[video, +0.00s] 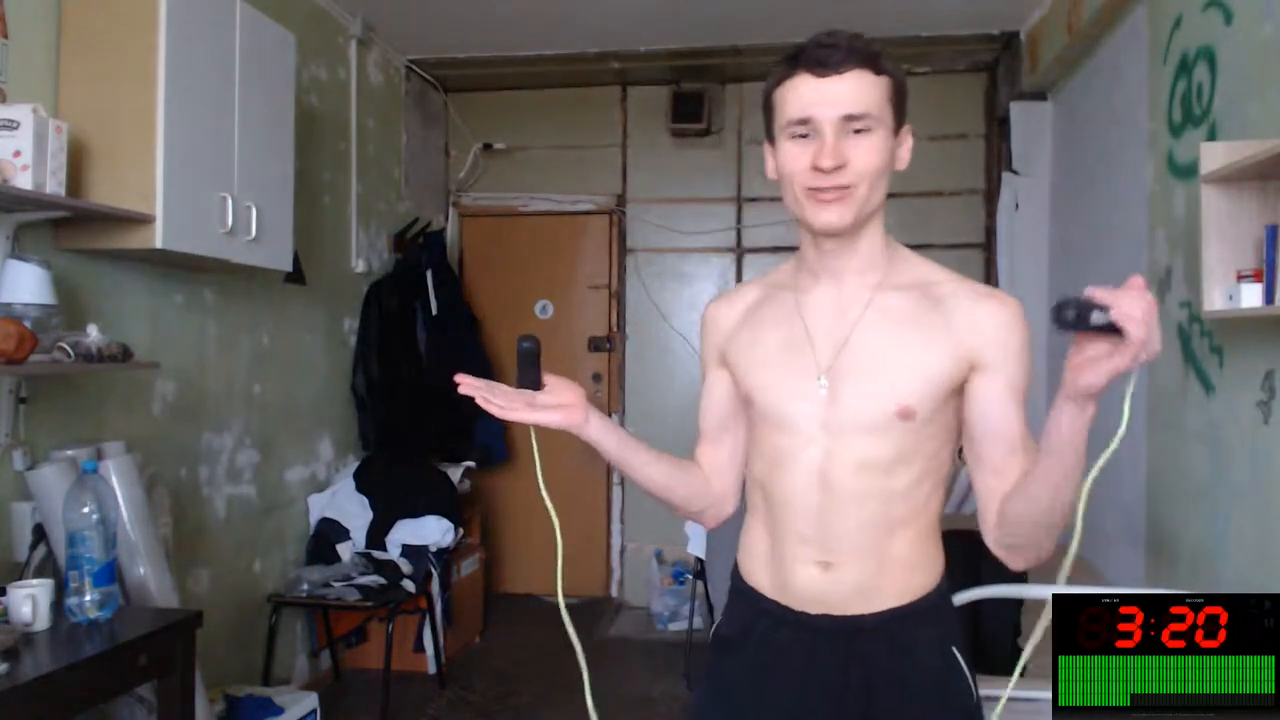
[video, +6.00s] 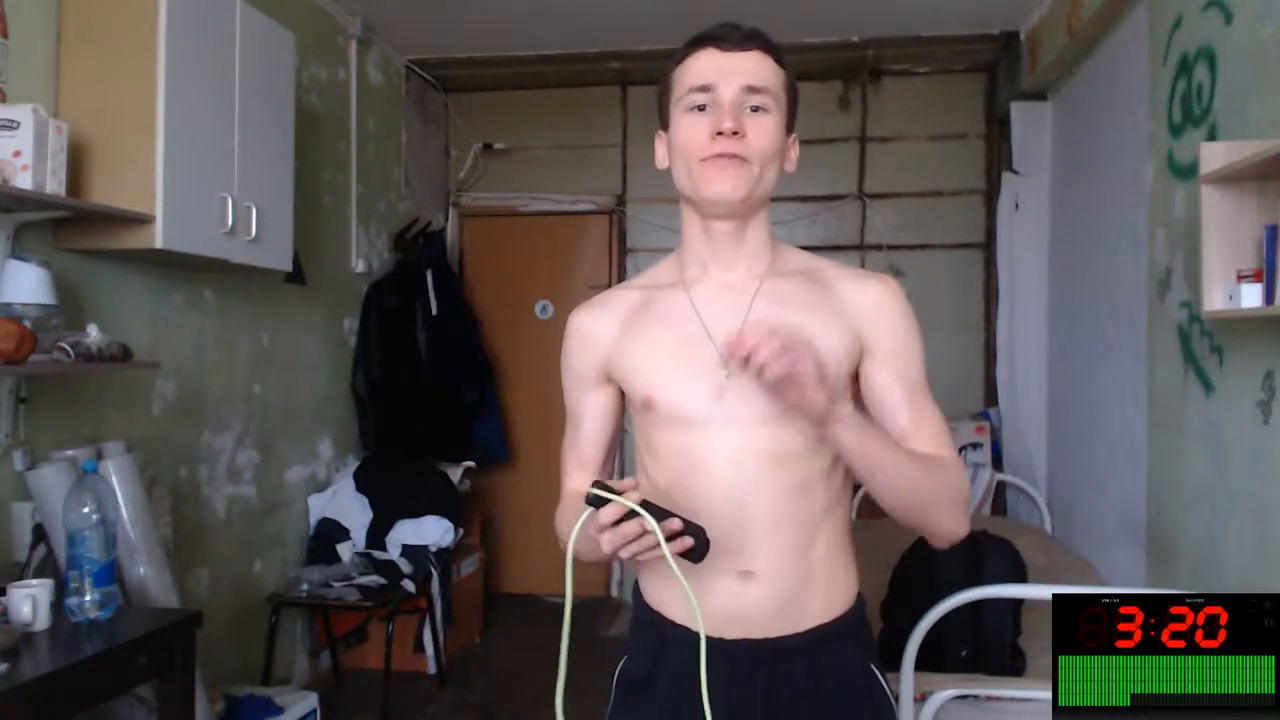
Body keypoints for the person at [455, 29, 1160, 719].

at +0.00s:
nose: (826, 158)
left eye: (855, 131)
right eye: (801, 134)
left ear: (899, 151)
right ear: (773, 161)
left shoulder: (979, 320)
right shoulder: (733, 318)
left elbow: (1018, 543)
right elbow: (710, 498)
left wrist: (1077, 397)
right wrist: (590, 422)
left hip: (904, 655)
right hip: (759, 648)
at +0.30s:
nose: (797, 168)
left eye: (824, 137)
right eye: (768, 139)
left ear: (862, 149)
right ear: (729, 156)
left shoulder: (928, 319)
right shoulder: (676, 317)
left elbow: (962, 528)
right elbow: (651, 506)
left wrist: (1033, 458)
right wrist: (535, 440)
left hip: (865, 660)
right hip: (715, 660)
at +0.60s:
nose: (717, 161)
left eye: (741, 129)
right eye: (687, 137)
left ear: (779, 142)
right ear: (651, 160)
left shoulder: (856, 313)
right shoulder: (601, 325)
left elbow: (884, 506)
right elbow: (597, 516)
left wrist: (968, 503)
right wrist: (499, 494)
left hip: (809, 666)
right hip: (655, 667)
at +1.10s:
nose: (714, 149)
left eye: (738, 120)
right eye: (685, 125)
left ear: (778, 142)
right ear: (649, 153)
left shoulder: (855, 314)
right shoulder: (596, 328)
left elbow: (897, 491)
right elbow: (570, 515)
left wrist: (893, 541)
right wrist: (589, 539)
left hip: (817, 669)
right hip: (662, 671)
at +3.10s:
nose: (751, 136)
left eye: (771, 109)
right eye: (716, 117)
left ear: (802, 133)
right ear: (674, 157)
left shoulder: (882, 310)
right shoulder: (615, 321)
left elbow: (929, 516)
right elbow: (583, 516)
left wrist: (869, 507)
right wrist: (634, 520)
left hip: (835, 673)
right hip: (677, 674)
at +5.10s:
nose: (709, 143)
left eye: (733, 114)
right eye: (679, 124)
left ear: (775, 140)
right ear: (651, 162)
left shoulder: (868, 308)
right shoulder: (606, 333)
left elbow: (932, 514)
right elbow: (590, 496)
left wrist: (826, 496)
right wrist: (583, 527)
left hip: (825, 676)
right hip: (668, 675)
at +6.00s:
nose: (726, 124)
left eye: (755, 108)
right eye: (700, 105)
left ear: (789, 152)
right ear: (662, 147)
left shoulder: (868, 303)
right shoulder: (603, 327)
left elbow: (948, 517)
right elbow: (573, 506)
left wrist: (833, 415)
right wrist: (602, 536)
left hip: (826, 669)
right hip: (671, 670)